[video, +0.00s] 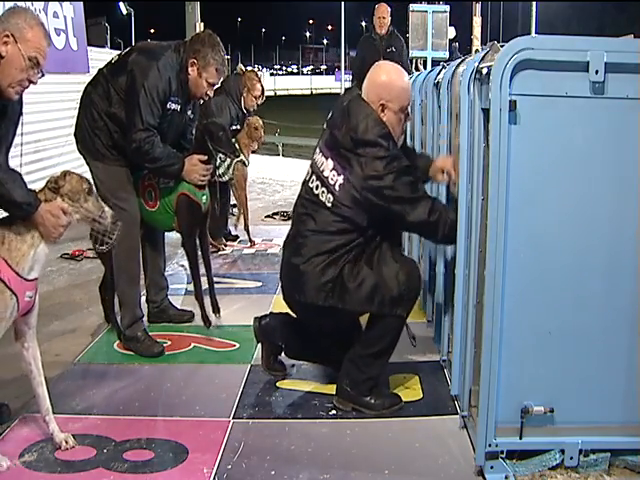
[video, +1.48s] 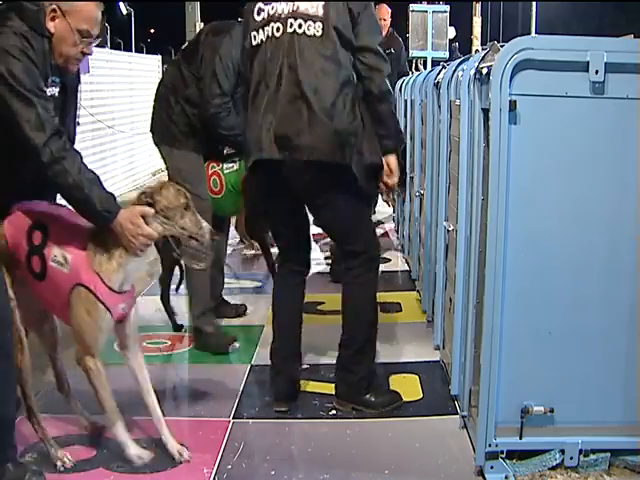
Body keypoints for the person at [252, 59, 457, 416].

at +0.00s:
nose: (407, 119)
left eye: (407, 111)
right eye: (403, 112)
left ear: (374, 105)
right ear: (382, 110)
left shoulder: (349, 124)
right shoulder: (378, 164)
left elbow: (391, 154)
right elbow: (438, 221)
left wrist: (429, 166)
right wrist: (489, 225)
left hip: (302, 267)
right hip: (324, 278)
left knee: (349, 351)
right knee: (404, 279)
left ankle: (276, 330)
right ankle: (358, 387)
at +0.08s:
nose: (405, 128)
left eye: (406, 120)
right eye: (402, 120)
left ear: (373, 109)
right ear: (380, 115)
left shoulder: (347, 128)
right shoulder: (375, 168)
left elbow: (392, 168)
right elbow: (428, 227)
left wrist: (429, 190)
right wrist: (473, 242)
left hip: (299, 270)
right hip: (320, 280)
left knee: (348, 351)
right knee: (400, 277)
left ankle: (275, 330)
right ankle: (358, 388)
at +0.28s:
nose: (399, 137)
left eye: (401, 129)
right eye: (395, 129)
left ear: (374, 116)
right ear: (374, 120)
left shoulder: (349, 135)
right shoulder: (355, 159)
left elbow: (395, 192)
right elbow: (391, 225)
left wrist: (430, 239)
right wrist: (423, 267)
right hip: (309, 281)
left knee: (358, 352)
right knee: (390, 274)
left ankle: (277, 332)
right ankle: (358, 388)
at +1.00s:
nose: (402, 84)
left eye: (404, 75)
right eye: (403, 74)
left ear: (376, 59)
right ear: (390, 66)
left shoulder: (344, 86)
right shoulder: (353, 98)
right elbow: (361, 193)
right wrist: (393, 236)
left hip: (297, 230)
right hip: (305, 234)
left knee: (349, 314)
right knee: (391, 271)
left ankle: (271, 336)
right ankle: (357, 387)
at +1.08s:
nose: (397, 58)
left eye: (400, 49)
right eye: (399, 48)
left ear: (367, 29)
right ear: (390, 39)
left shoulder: (330, 66)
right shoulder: (356, 78)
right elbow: (373, 169)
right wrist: (397, 230)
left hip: (290, 208)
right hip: (311, 211)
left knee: (349, 288)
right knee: (390, 272)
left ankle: (272, 339)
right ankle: (358, 386)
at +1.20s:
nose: (391, 19)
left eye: (392, 11)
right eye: (391, 10)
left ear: (352, 3)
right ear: (377, 5)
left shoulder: (313, 31)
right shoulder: (367, 46)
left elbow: (294, 114)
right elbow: (383, 138)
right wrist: (401, 211)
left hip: (285, 187)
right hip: (327, 191)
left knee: (334, 265)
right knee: (387, 265)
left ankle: (281, 362)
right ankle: (358, 385)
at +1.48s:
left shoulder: (257, 8)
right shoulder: (352, 5)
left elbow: (236, 81)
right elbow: (372, 72)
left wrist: (253, 146)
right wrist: (390, 144)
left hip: (267, 151)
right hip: (329, 149)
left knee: (291, 260)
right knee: (360, 258)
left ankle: (283, 385)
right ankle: (355, 385)